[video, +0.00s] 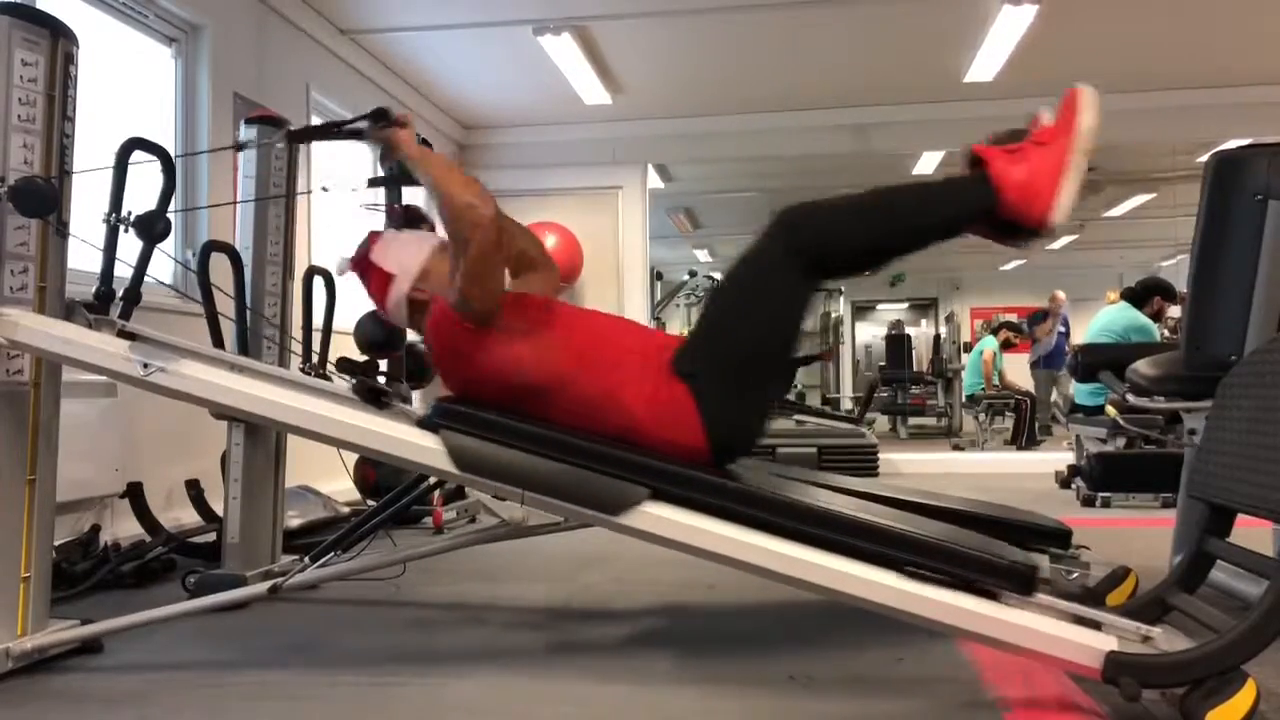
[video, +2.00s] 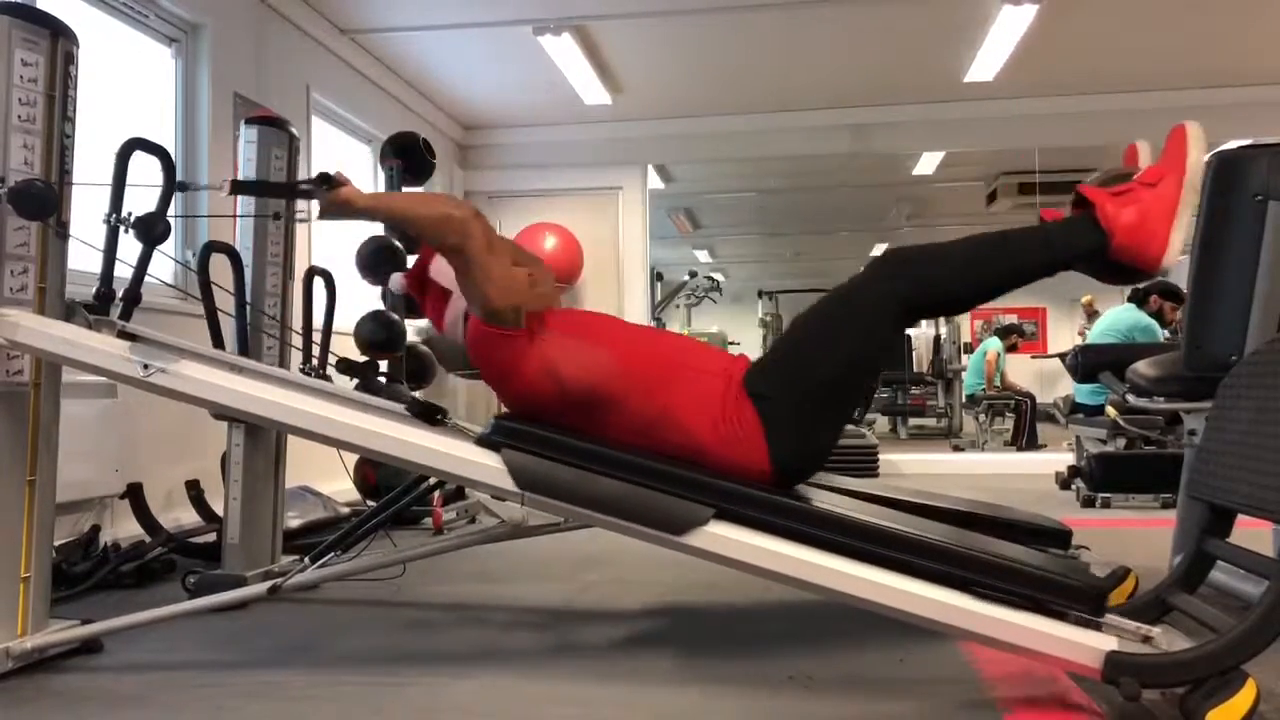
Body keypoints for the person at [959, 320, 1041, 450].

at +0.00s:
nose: (1017, 342)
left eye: (1018, 339)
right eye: (1015, 337)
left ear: (1004, 333)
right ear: (1004, 332)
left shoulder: (997, 350)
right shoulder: (991, 341)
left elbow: (1003, 381)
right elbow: (987, 360)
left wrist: (1019, 389)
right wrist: (989, 390)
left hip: (985, 391)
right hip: (976, 393)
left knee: (1029, 398)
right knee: (1025, 401)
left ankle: (1028, 439)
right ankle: (1022, 443)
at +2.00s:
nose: (1019, 342)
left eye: (1020, 339)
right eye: (1019, 338)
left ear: (1011, 337)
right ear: (1013, 337)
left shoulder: (999, 348)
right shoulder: (995, 343)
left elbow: (1004, 382)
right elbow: (990, 361)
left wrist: (1019, 389)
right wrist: (990, 389)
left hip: (982, 393)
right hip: (977, 393)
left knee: (1026, 399)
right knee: (1027, 400)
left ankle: (1018, 442)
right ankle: (1027, 444)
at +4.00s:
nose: (1019, 343)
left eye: (1021, 340)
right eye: (1019, 338)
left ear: (1010, 337)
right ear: (1011, 336)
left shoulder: (999, 349)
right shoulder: (995, 342)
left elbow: (1005, 383)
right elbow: (989, 360)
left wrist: (1023, 392)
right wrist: (990, 389)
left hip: (983, 392)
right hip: (977, 393)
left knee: (1027, 400)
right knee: (1027, 401)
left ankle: (1019, 441)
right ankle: (1027, 443)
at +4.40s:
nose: (1020, 348)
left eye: (1022, 345)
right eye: (1021, 343)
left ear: (1011, 338)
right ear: (1012, 337)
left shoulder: (999, 349)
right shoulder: (995, 342)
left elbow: (1005, 383)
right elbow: (990, 359)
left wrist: (1022, 393)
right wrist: (990, 389)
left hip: (982, 393)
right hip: (977, 393)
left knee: (1026, 401)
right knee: (1027, 402)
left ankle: (1017, 442)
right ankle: (1026, 445)